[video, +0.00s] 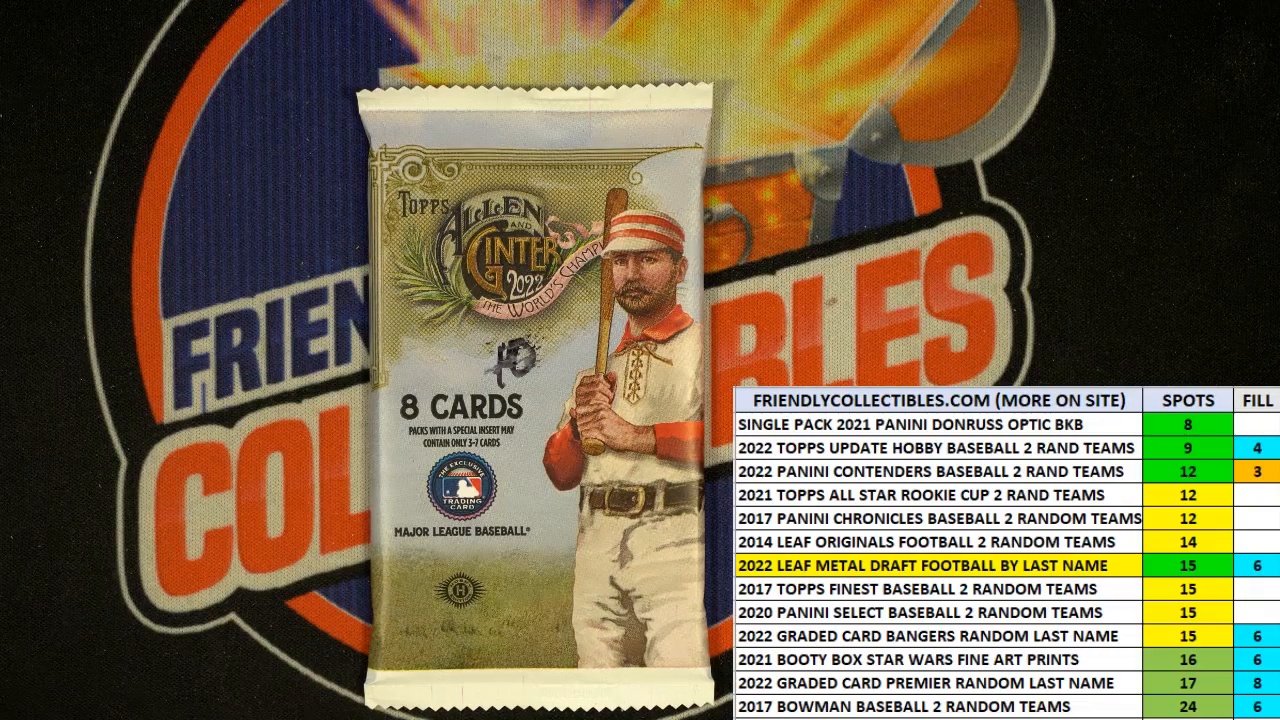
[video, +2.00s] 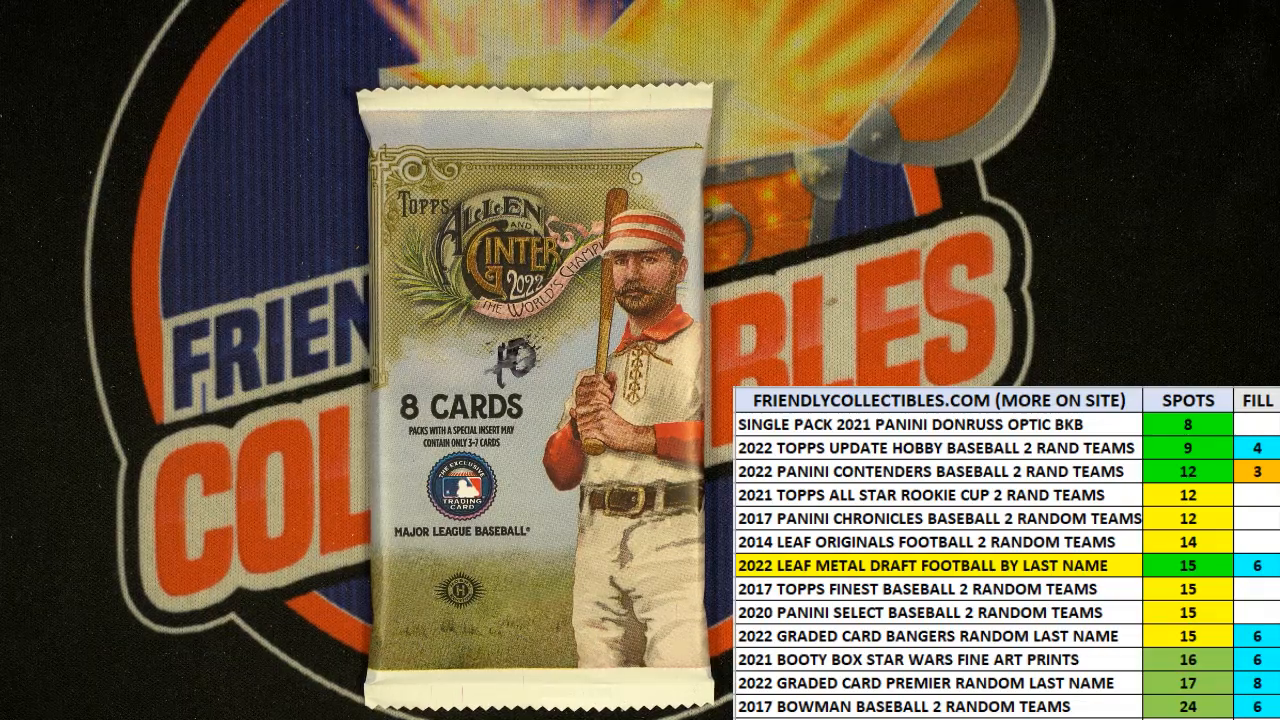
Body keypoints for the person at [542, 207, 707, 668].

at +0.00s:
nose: (631, 274)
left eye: (647, 259)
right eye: (620, 261)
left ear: (678, 270)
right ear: (609, 272)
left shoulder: (705, 346)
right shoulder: (604, 366)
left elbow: (724, 439)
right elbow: (560, 476)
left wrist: (633, 436)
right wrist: (577, 422)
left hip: (674, 530)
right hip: (597, 532)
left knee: (679, 689)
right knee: (601, 693)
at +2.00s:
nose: (630, 273)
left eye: (647, 259)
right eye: (620, 260)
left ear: (678, 269)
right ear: (609, 272)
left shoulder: (704, 346)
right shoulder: (604, 366)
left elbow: (724, 439)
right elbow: (561, 475)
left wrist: (635, 436)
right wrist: (576, 421)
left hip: (674, 530)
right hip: (597, 531)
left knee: (679, 686)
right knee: (600, 691)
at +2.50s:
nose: (631, 273)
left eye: (647, 259)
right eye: (620, 260)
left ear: (678, 269)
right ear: (609, 273)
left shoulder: (706, 345)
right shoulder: (604, 364)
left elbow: (726, 436)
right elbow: (561, 475)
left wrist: (635, 436)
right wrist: (576, 421)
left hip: (672, 527)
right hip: (598, 530)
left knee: (678, 683)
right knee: (601, 688)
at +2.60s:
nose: (631, 274)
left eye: (647, 259)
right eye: (620, 261)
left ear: (678, 270)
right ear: (609, 272)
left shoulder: (705, 346)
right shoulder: (604, 365)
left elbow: (726, 437)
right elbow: (561, 476)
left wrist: (634, 436)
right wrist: (576, 423)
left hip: (672, 528)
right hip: (597, 531)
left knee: (677, 683)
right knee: (601, 689)